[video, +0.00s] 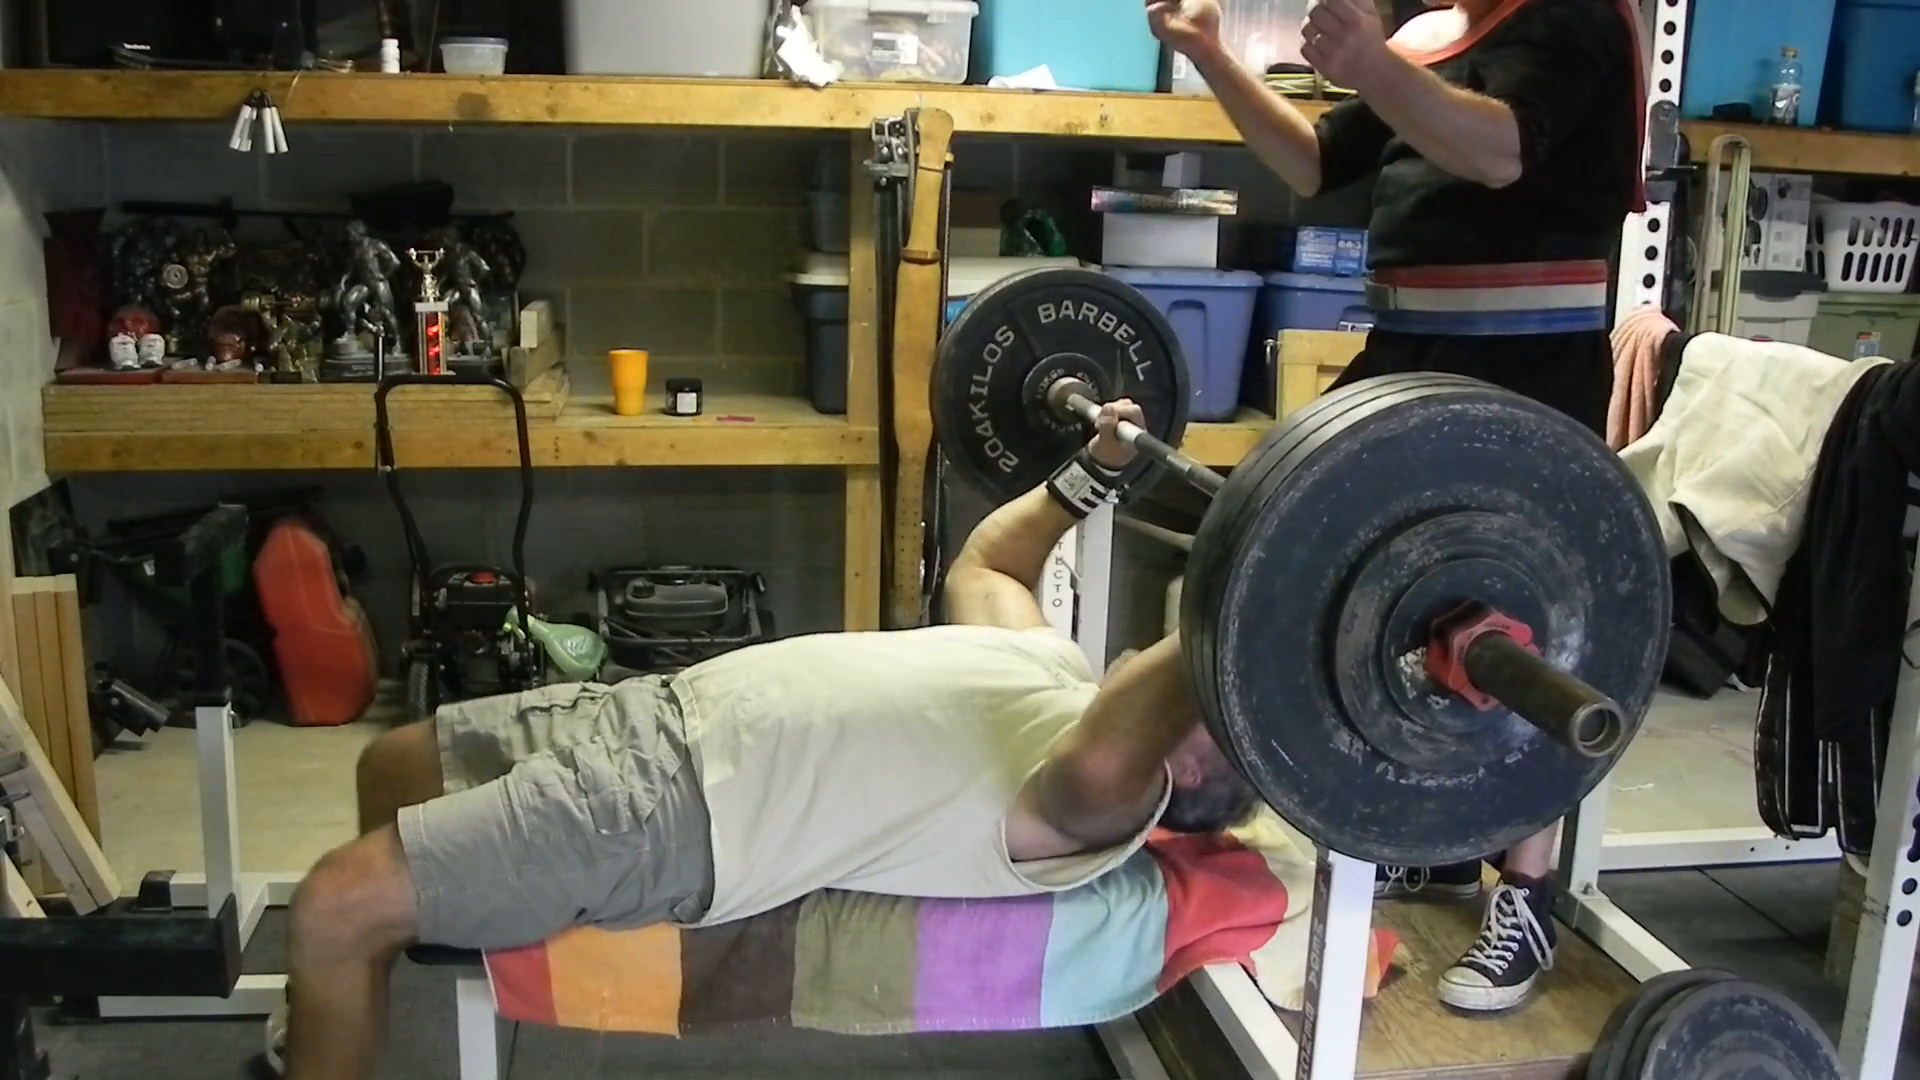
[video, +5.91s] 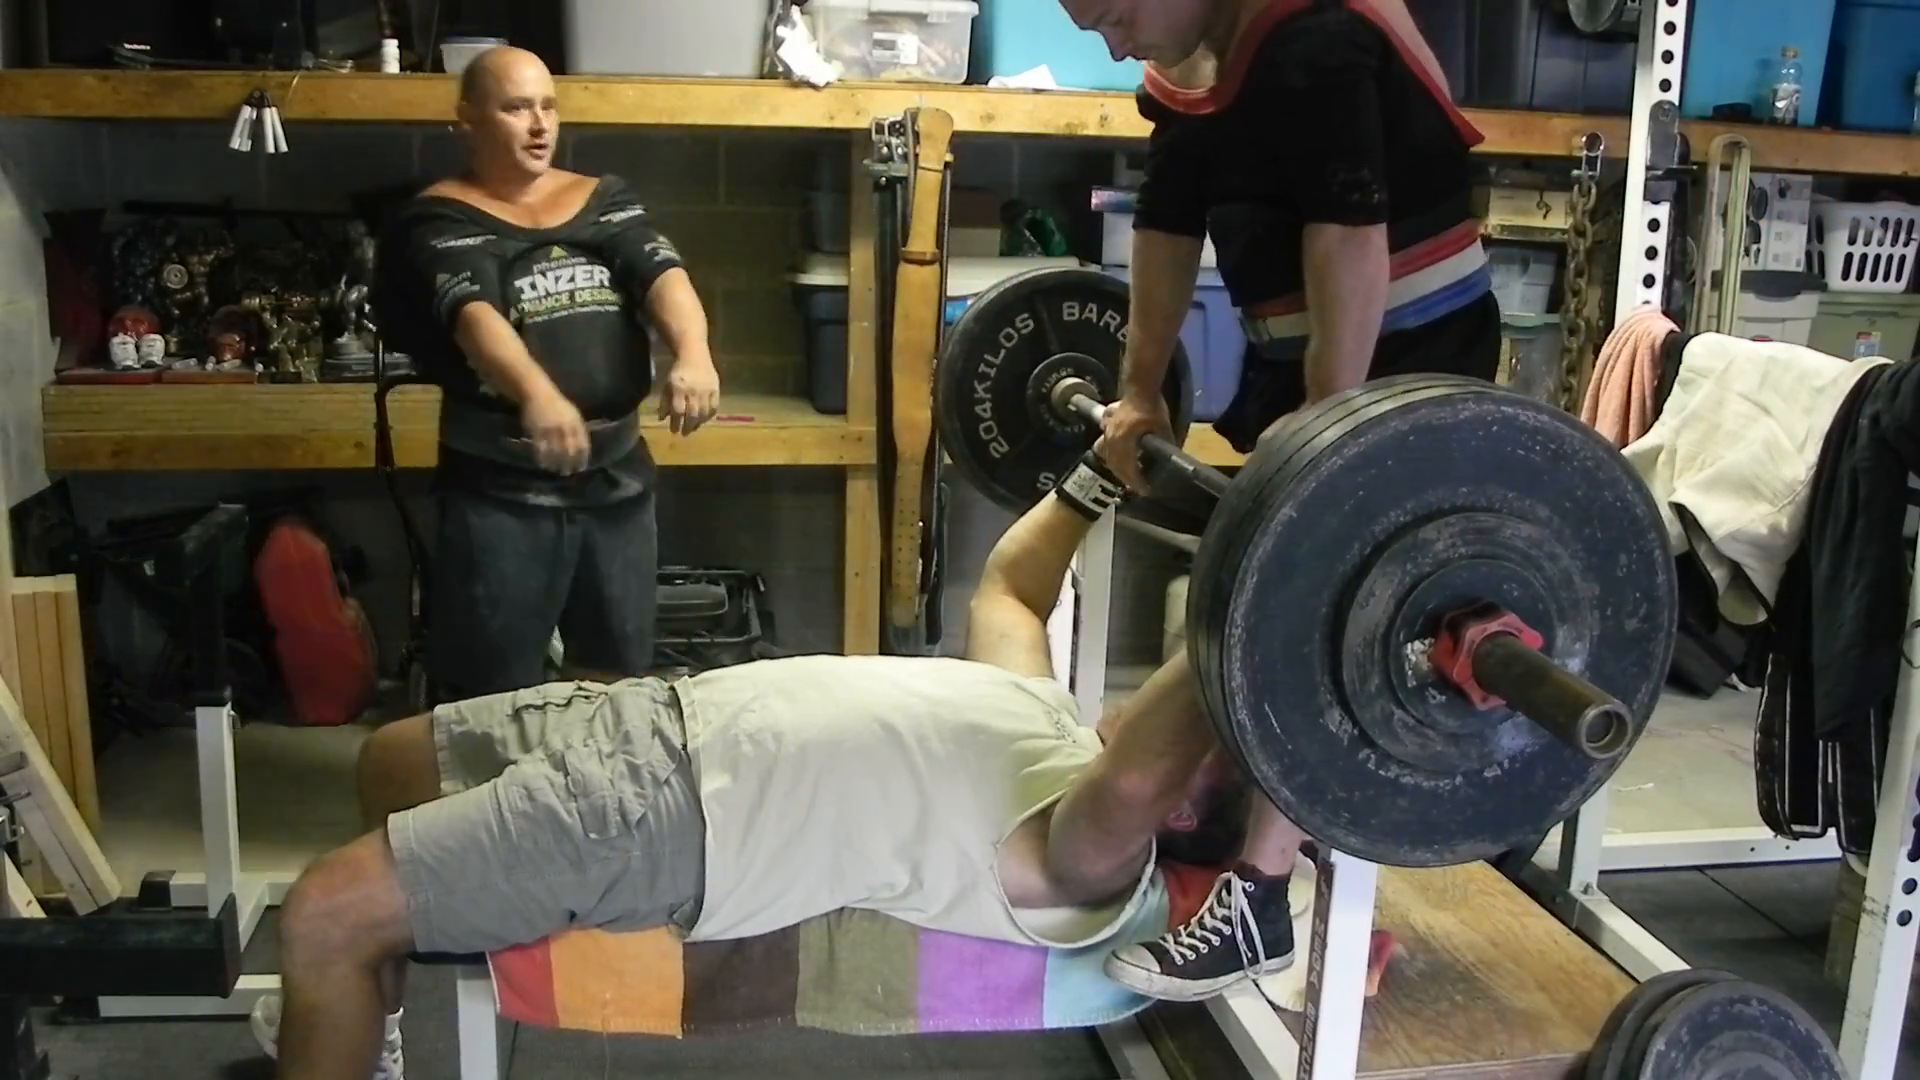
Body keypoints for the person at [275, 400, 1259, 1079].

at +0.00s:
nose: (1182, 695)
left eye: (1208, 712)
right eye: (1199, 689)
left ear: (1208, 766)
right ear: (1174, 669)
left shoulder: (1092, 809)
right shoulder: (1047, 670)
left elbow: (1112, 741)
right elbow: (991, 563)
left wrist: (1248, 609)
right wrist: (1088, 473)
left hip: (673, 814)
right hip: (649, 706)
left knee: (338, 903)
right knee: (391, 766)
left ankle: (319, 1064)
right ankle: (368, 985)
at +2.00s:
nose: (1191, 733)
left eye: (1223, 747)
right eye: (1209, 719)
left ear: (1215, 809)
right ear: (1182, 729)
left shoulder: (1089, 863)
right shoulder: (1029, 718)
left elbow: (1127, 759)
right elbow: (998, 584)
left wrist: (1234, 603)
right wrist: (1075, 471)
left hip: (672, 822)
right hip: (656, 714)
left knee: (340, 914)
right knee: (396, 769)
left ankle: (320, 1068)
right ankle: (434, 986)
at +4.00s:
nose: (1187, 733)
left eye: (1221, 750)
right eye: (1207, 723)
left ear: (1214, 816)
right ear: (1183, 730)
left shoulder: (1079, 872)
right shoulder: (1033, 715)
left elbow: (1122, 769)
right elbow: (1006, 579)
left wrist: (1244, 620)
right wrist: (1104, 467)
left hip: (654, 814)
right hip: (637, 711)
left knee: (313, 913)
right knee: (383, 766)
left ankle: (330, 1061)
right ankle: (379, 1007)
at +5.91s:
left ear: (1193, 876)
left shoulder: (1088, 876)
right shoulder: (1047, 728)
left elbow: (1143, 770)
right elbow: (1012, 589)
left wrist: (1268, 601)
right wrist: (1099, 476)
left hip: (666, 814)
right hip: (655, 713)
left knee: (323, 915)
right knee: (389, 761)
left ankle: (339, 1051)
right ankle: (386, 978)